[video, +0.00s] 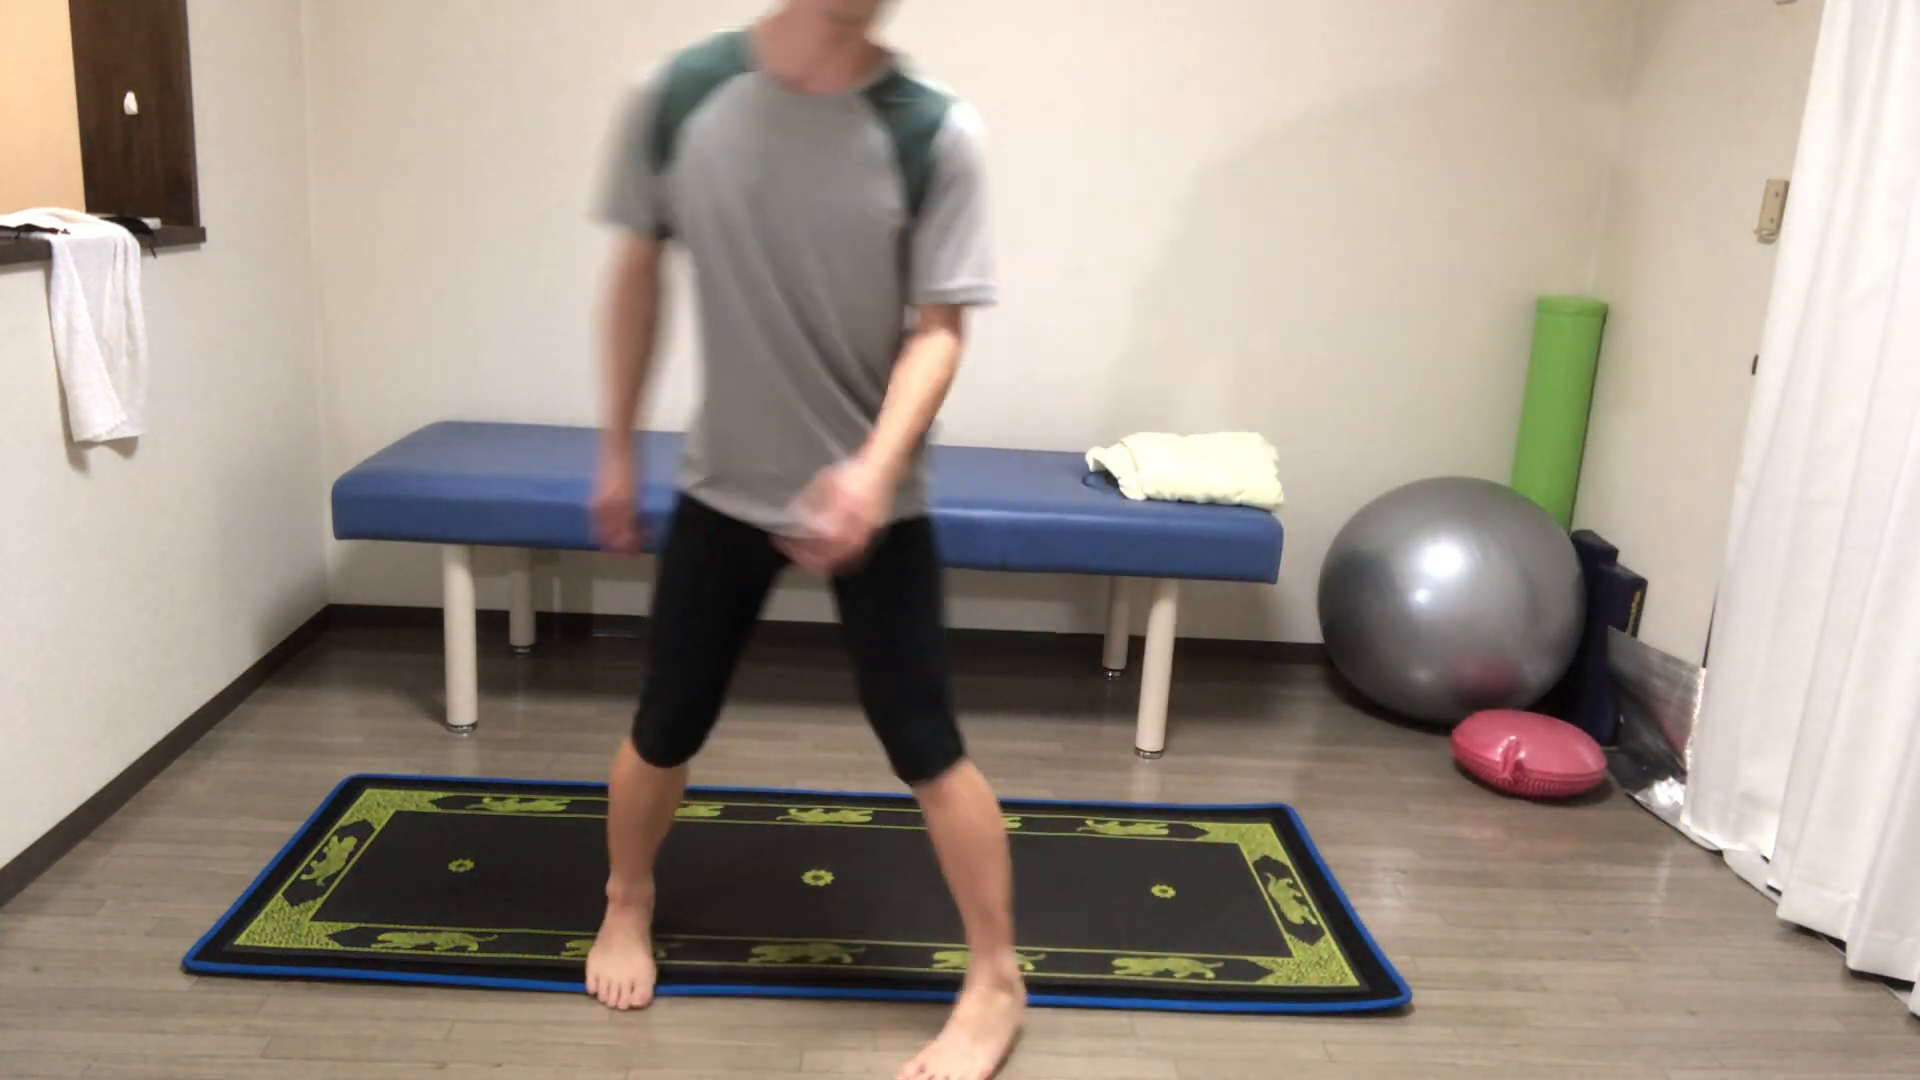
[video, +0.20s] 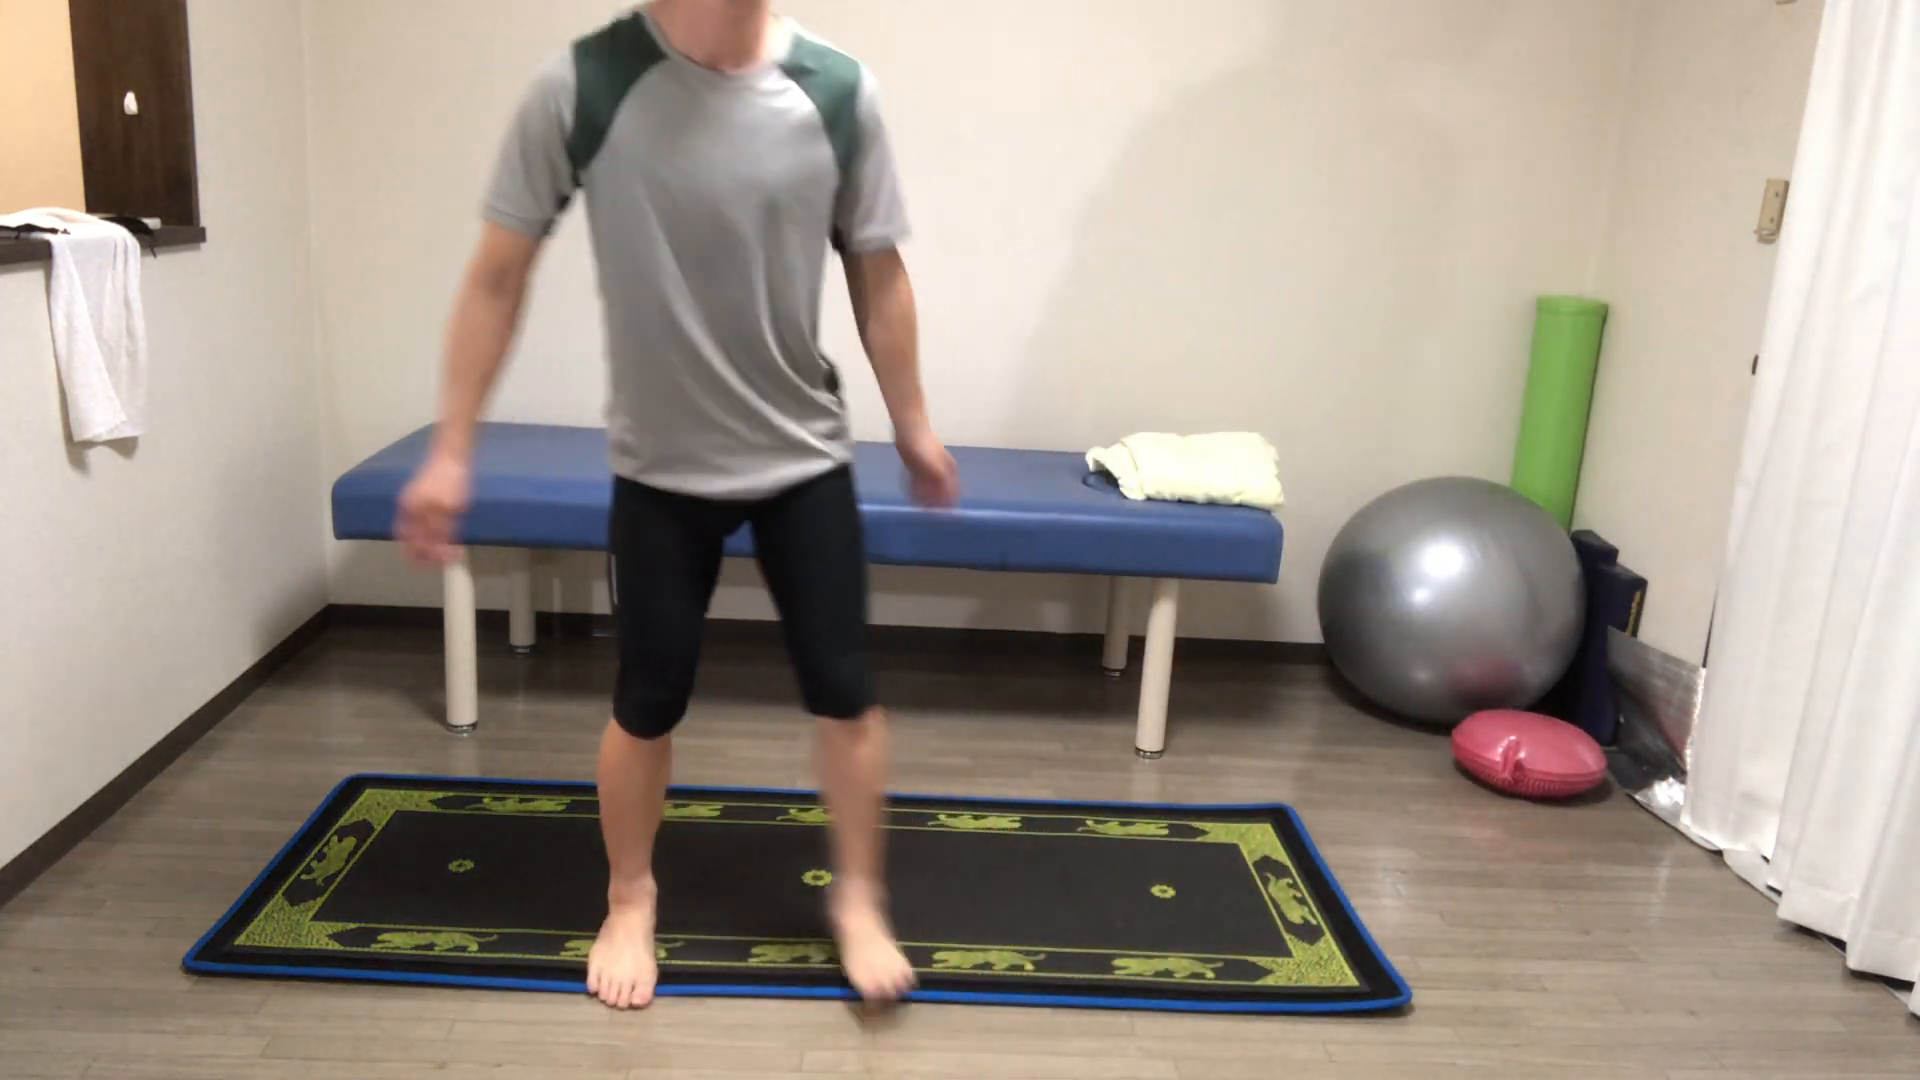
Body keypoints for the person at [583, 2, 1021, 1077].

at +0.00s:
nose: (802, 3)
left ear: (859, 5)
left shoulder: (931, 135)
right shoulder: (678, 97)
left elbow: (940, 326)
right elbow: (636, 273)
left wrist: (875, 469)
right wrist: (617, 450)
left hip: (871, 492)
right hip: (723, 483)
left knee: (925, 745)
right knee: (664, 727)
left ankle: (996, 980)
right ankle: (626, 907)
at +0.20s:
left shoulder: (837, 92)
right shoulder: (582, 89)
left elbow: (879, 273)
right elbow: (494, 280)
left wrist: (913, 425)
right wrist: (450, 451)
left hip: (805, 452)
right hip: (662, 457)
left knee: (846, 691)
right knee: (648, 700)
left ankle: (859, 902)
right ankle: (629, 906)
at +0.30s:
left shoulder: (810, 83)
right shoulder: (567, 86)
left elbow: (854, 237)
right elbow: (463, 268)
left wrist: (877, 369)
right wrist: (404, 441)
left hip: (778, 442)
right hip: (646, 451)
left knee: (800, 675)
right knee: (640, 690)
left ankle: (762, 845)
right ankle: (629, 903)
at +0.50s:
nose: (692, 3)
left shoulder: (775, 76)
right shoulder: (564, 94)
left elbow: (780, 227)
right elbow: (483, 282)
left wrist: (776, 343)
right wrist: (449, 459)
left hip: (730, 432)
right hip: (622, 447)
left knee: (723, 632)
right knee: (627, 677)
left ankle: (618, 758)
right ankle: (626, 902)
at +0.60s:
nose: (706, 6)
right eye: (692, 1)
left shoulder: (753, 79)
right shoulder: (575, 90)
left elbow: (744, 243)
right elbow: (514, 280)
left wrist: (744, 372)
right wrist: (513, 461)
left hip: (709, 431)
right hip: (610, 441)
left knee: (676, 629)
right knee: (622, 671)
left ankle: (585, 774)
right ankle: (626, 901)